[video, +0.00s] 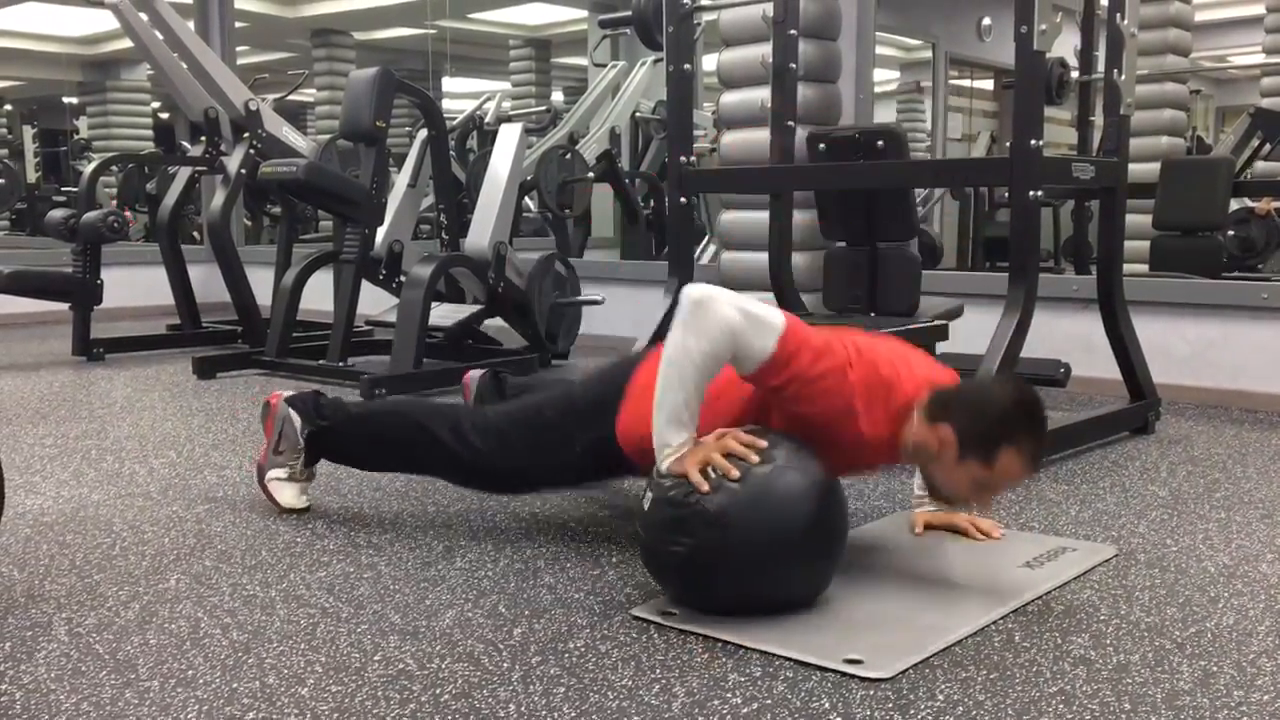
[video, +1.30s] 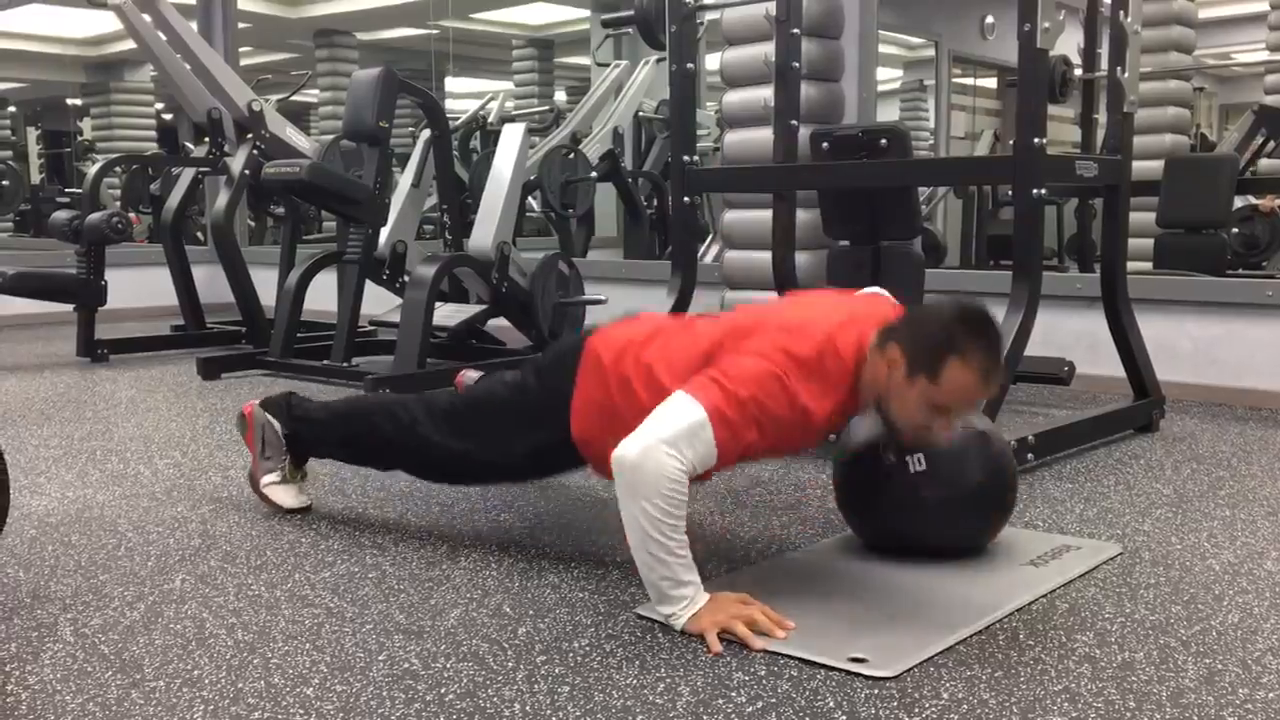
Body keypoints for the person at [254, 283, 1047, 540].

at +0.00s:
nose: (981, 499)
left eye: (997, 493)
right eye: (983, 485)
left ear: (969, 432)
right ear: (945, 435)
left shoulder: (941, 395)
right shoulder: (859, 378)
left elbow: (932, 426)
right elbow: (706, 306)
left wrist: (945, 497)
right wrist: (672, 438)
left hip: (673, 387)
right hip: (635, 406)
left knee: (525, 401)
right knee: (481, 445)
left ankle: (463, 389)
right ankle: (306, 421)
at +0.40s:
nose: (973, 380)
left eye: (985, 368)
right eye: (970, 362)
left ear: (960, 330)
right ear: (926, 318)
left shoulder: (923, 338)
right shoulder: (825, 296)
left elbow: (934, 404)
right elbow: (668, 303)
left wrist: (929, 495)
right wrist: (709, 430)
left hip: (659, 391)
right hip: (620, 338)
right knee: (463, 404)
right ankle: (295, 421)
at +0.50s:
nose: (949, 287)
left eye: (963, 275)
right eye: (946, 265)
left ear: (947, 254)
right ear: (900, 220)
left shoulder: (894, 288)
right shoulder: (798, 222)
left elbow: (910, 384)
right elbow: (666, 323)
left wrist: (928, 493)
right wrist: (787, 374)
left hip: (634, 339)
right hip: (588, 292)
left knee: (524, 387)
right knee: (446, 375)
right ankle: (289, 420)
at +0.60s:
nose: (924, 239)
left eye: (939, 227)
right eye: (922, 216)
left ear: (929, 208)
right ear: (877, 170)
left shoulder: (884, 231)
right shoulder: (778, 189)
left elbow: (911, 343)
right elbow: (672, 315)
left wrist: (943, 438)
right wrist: (792, 343)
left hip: (630, 318)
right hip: (576, 283)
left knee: (531, 380)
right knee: (435, 377)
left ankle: (483, 415)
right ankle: (283, 422)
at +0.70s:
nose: (915, 259)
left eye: (930, 249)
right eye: (911, 238)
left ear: (906, 201)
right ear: (870, 190)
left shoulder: (872, 196)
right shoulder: (771, 216)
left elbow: (894, 266)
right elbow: (654, 334)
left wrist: (913, 347)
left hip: (620, 322)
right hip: (564, 311)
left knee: (517, 382)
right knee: (435, 390)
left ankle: (470, 415)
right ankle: (285, 424)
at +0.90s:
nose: (939, 477)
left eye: (956, 467)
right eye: (937, 461)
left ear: (929, 386)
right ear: (898, 411)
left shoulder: (890, 333)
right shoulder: (794, 398)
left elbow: (878, 288)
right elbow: (647, 453)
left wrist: (866, 374)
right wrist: (685, 601)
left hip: (635, 343)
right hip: (584, 394)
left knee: (485, 392)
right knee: (437, 433)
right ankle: (286, 425)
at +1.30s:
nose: (943, 428)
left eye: (960, 414)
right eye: (939, 408)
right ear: (890, 367)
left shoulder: (879, 322)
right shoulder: (788, 372)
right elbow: (645, 462)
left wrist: (893, 433)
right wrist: (687, 600)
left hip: (640, 348)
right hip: (589, 386)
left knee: (473, 407)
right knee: (436, 436)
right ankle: (281, 426)